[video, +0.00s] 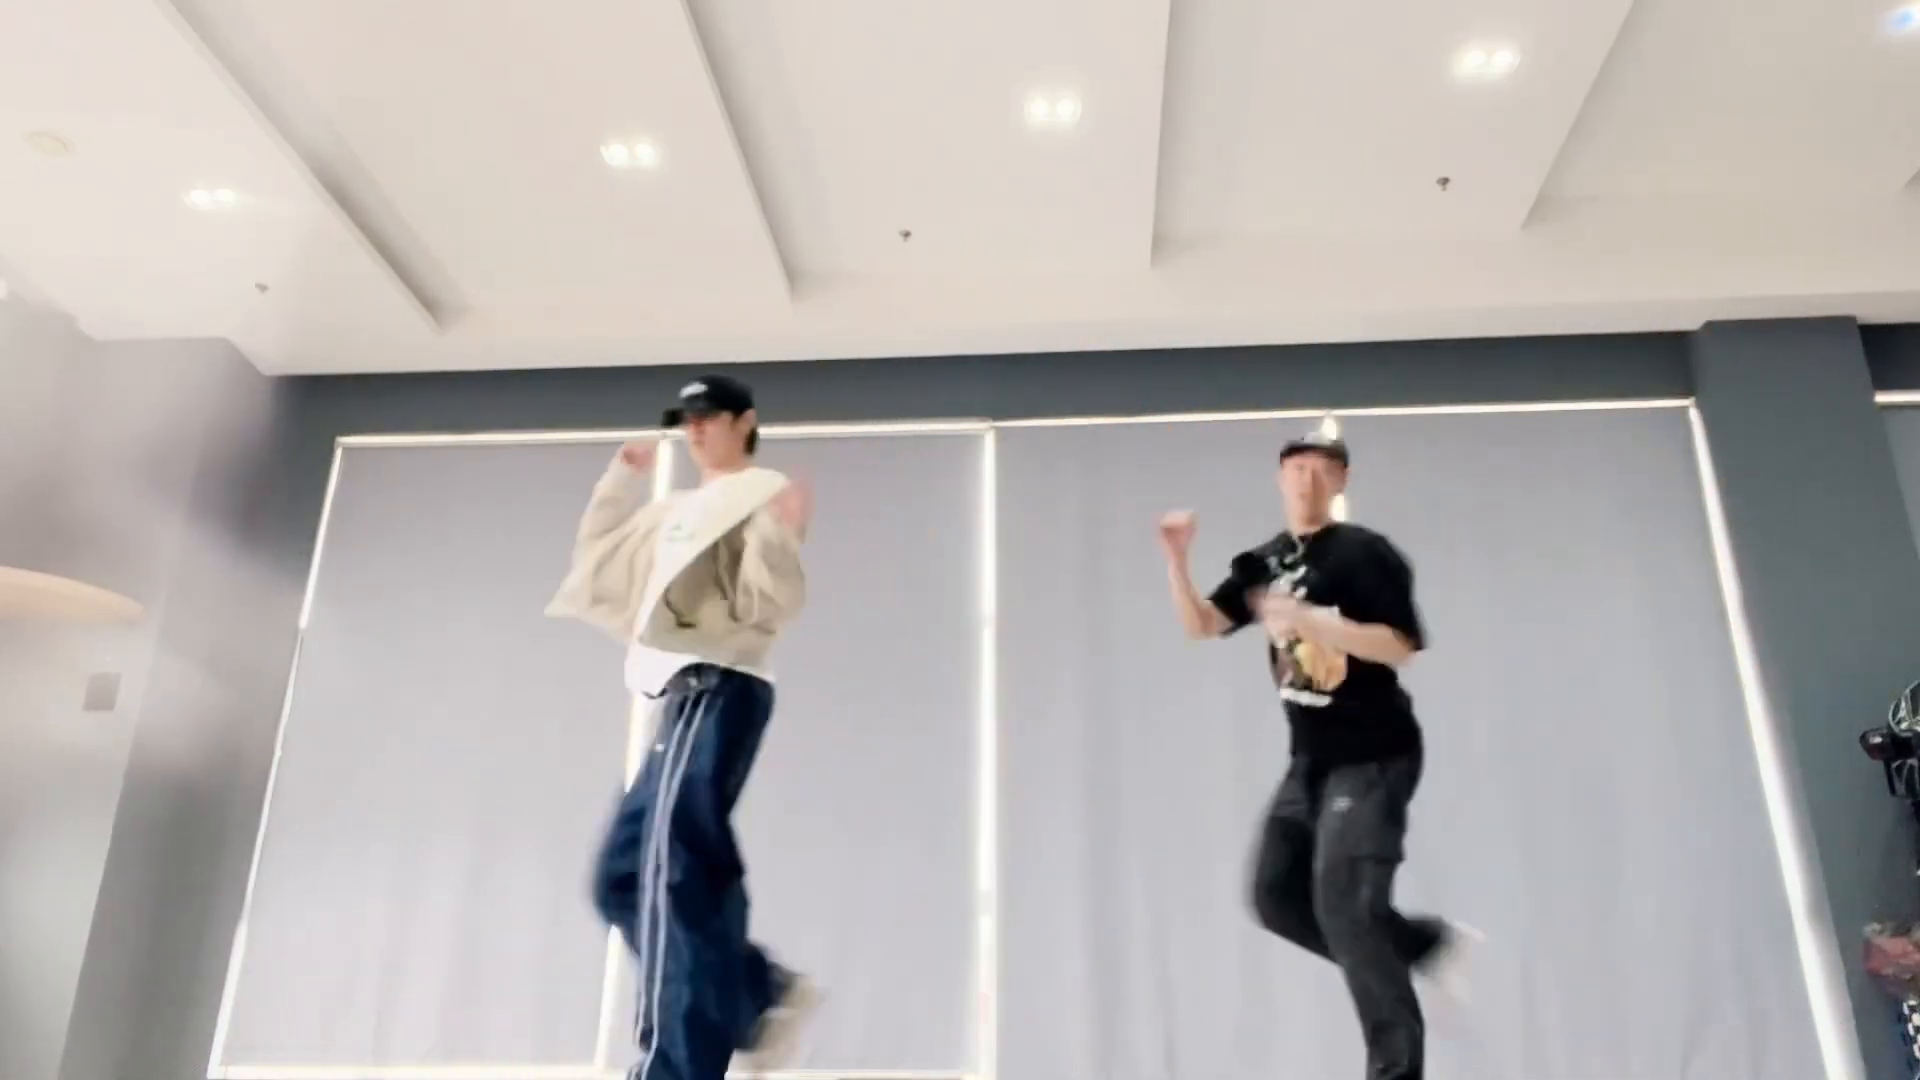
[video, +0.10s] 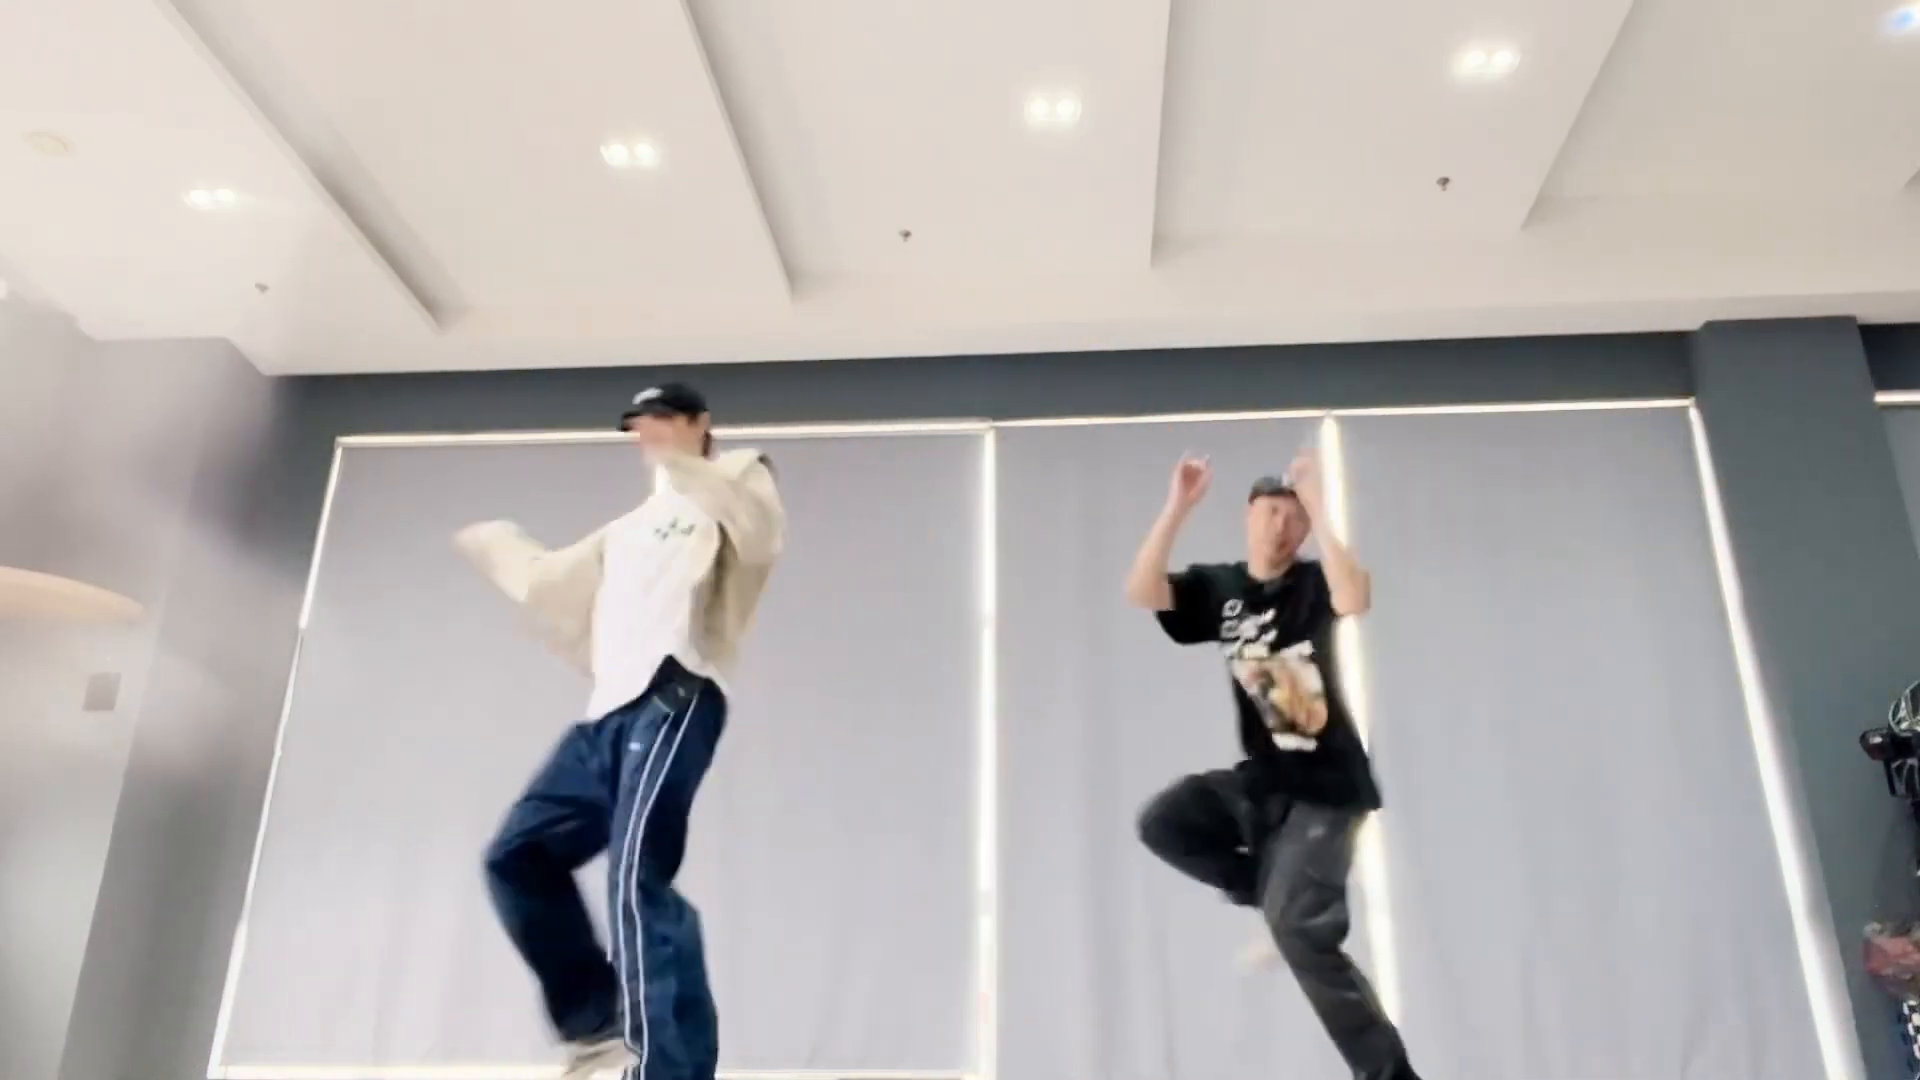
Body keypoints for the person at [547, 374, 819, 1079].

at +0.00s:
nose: (694, 431)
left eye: (708, 418)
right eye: (687, 422)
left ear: (746, 424)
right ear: (682, 436)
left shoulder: (761, 494)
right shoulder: (674, 509)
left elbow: (769, 610)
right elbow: (595, 573)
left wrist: (779, 532)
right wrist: (624, 476)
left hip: (725, 694)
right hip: (673, 699)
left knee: (681, 867)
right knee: (621, 877)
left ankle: (675, 1064)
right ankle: (760, 999)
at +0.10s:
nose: (645, 431)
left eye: (660, 416)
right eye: (638, 422)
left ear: (700, 426)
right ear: (635, 437)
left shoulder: (739, 478)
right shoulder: (628, 529)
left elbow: (759, 534)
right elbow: (548, 585)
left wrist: (675, 458)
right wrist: (494, 540)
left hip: (675, 702)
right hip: (606, 716)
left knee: (637, 879)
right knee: (518, 859)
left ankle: (672, 1066)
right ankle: (595, 1030)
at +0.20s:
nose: (617, 467)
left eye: (624, 447)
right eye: (607, 455)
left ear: (662, 449)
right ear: (602, 467)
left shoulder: (692, 511)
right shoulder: (583, 526)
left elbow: (684, 448)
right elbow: (521, 568)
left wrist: (572, 454)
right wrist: (453, 554)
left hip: (643, 706)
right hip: (561, 714)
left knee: (603, 876)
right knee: (477, 868)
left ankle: (638, 1063)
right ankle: (467, 1053)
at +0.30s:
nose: (569, 479)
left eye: (589, 466)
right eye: (562, 464)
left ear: (624, 479)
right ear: (550, 470)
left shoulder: (647, 555)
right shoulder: (520, 544)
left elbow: (638, 504)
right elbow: (482, 506)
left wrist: (575, 446)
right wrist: (530, 457)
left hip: (598, 747)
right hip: (508, 753)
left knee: (593, 926)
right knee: (433, 931)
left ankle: (617, 1068)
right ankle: (400, 1071)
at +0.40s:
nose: (563, 453)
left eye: (580, 452)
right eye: (556, 443)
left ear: (598, 477)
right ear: (537, 451)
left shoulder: (600, 545)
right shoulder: (480, 517)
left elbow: (623, 503)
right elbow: (442, 442)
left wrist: (588, 433)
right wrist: (529, 433)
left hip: (553, 762)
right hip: (461, 756)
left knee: (601, 934)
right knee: (399, 933)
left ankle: (630, 1070)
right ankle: (395, 1073)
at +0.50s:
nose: (540, 445)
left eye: (555, 447)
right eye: (534, 438)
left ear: (570, 475)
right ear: (513, 447)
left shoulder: (571, 543)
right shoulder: (447, 502)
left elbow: (608, 545)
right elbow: (410, 421)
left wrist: (573, 443)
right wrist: (508, 424)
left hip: (512, 758)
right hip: (423, 749)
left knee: (562, 940)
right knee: (395, 940)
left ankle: (603, 1069)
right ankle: (399, 1074)